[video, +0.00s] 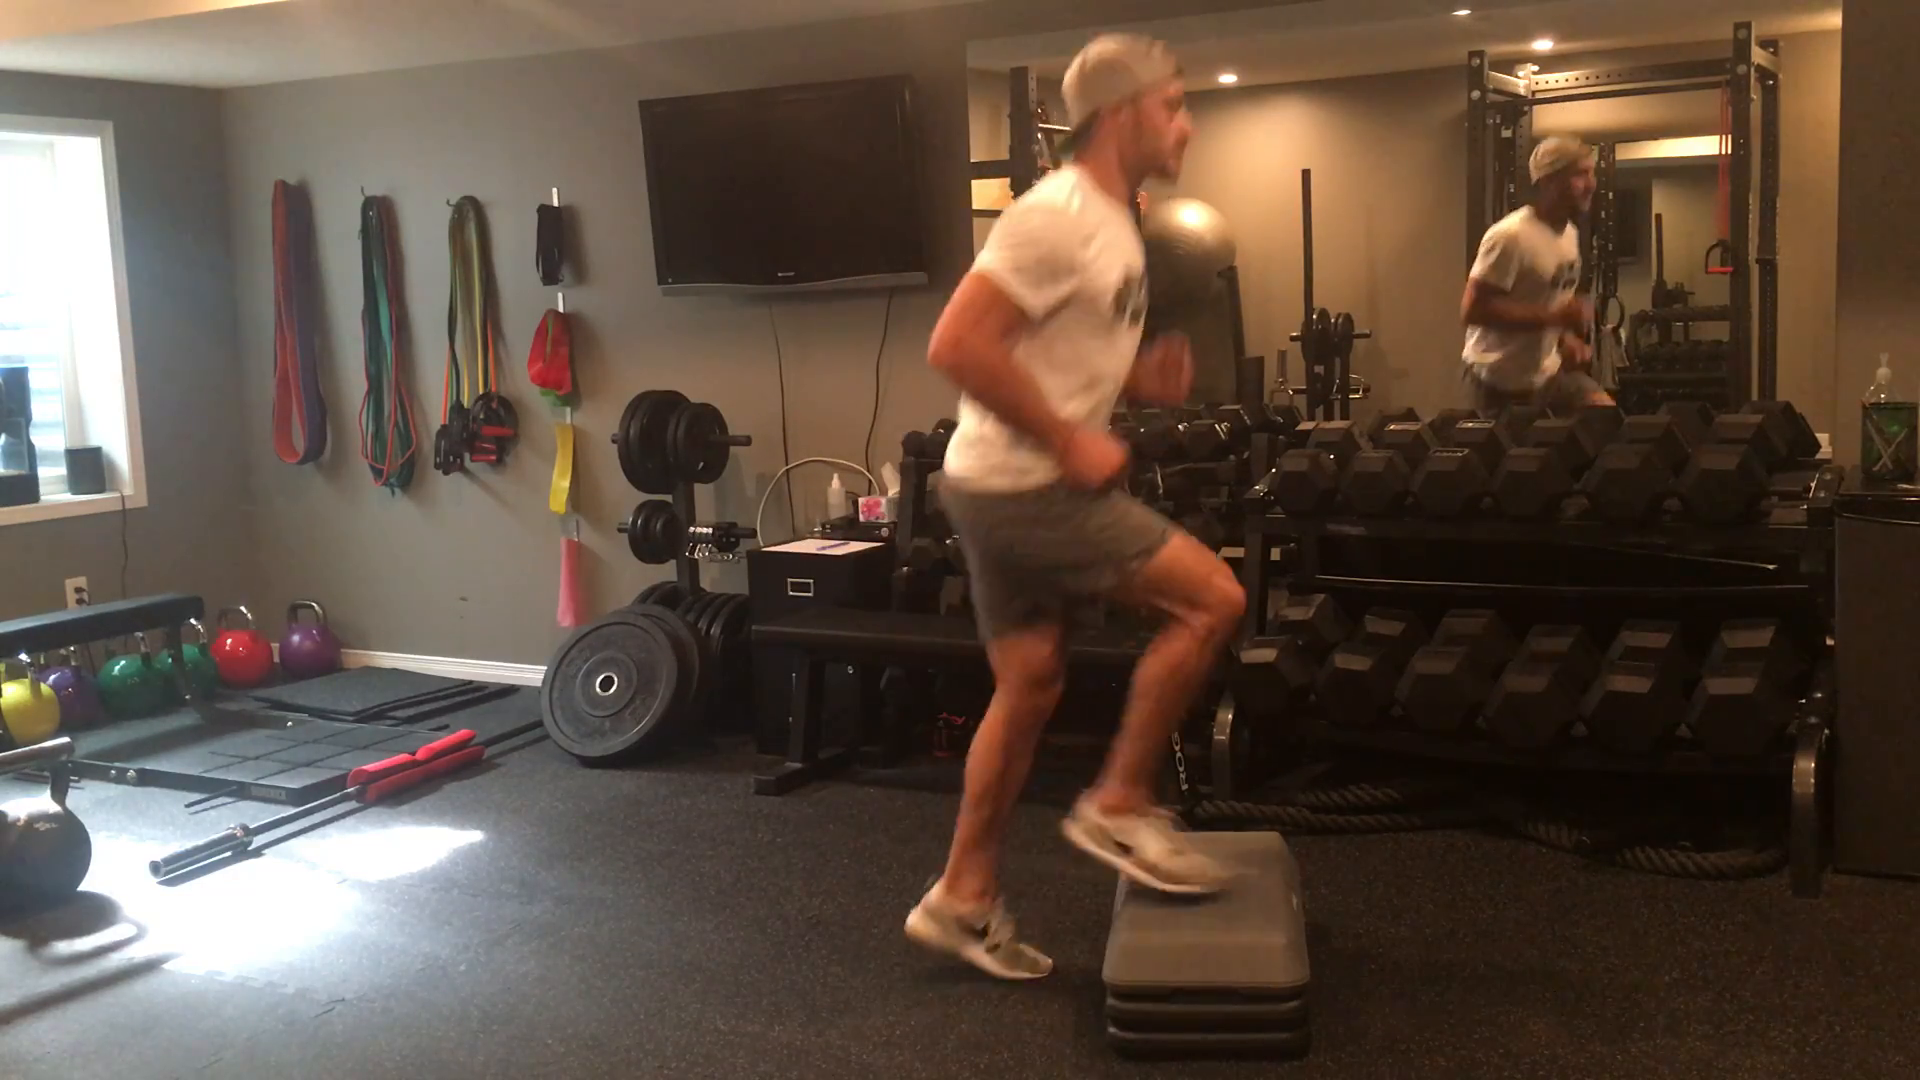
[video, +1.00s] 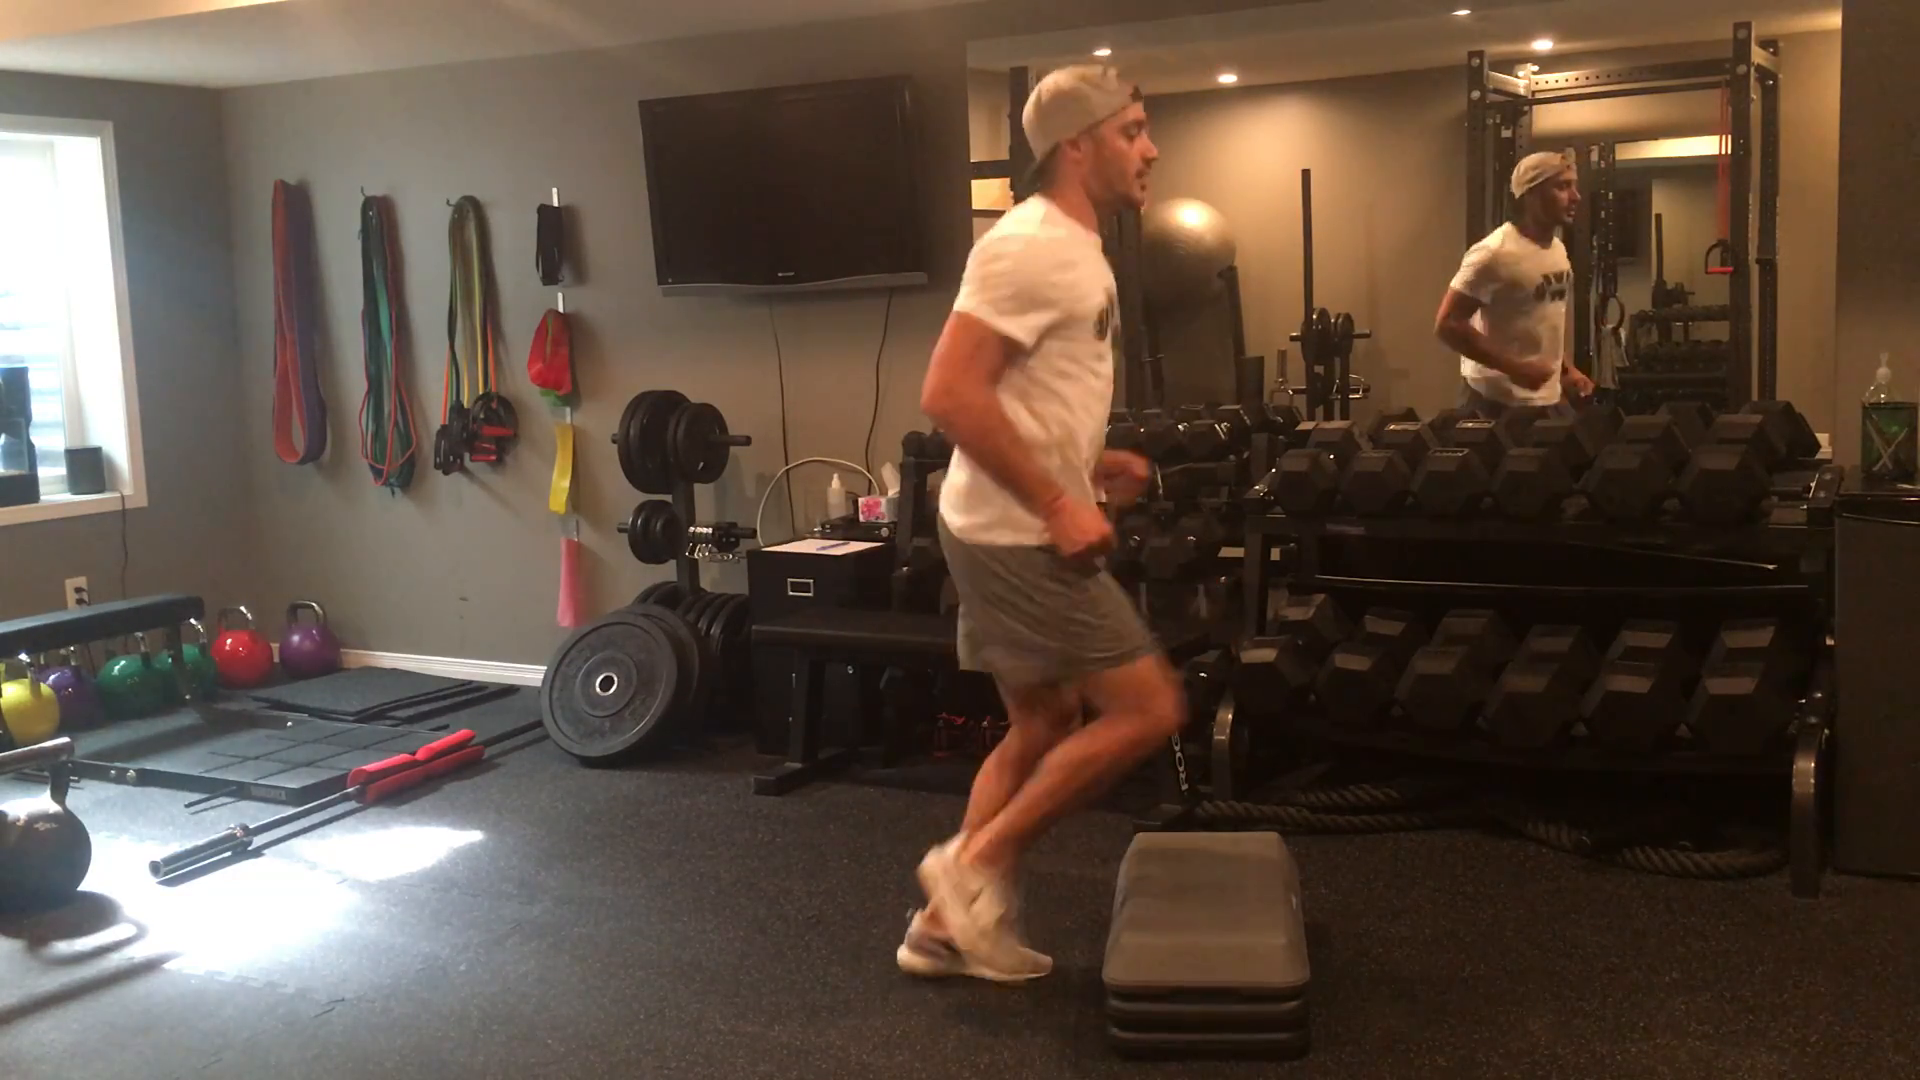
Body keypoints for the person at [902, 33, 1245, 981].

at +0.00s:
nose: (1186, 123)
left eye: (1183, 106)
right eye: (1172, 107)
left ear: (1123, 119)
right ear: (1120, 118)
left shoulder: (1111, 222)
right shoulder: (1055, 213)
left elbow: (1044, 347)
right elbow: (958, 340)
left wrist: (1132, 372)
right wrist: (1068, 437)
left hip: (1008, 483)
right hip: (1015, 484)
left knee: (1028, 680)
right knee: (1212, 599)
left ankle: (961, 897)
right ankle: (1118, 805)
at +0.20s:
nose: (1212, 76)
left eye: (1209, 59)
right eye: (1197, 59)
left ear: (1144, 73)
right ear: (1142, 71)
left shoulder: (1126, 172)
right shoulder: (1095, 169)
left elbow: (1064, 320)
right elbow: (1029, 325)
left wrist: (1144, 393)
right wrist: (1154, 383)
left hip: (1084, 446)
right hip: (1068, 452)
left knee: (1156, 626)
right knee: (1202, 627)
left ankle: (1017, 770)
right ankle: (1139, 845)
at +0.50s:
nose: (1210, 62)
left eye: (1206, 43)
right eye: (1194, 41)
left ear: (1145, 53)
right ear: (1138, 52)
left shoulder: (1131, 162)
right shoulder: (1079, 148)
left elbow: (1071, 304)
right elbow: (991, 286)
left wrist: (1151, 344)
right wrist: (1127, 353)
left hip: (1080, 426)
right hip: (1041, 429)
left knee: (1148, 620)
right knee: (1178, 612)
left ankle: (1118, 828)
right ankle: (1029, 795)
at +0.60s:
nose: (1197, 67)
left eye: (1193, 49)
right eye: (1182, 47)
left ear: (1133, 58)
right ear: (1129, 58)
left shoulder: (1117, 167)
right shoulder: (1068, 153)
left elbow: (1054, 315)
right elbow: (986, 293)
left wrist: (1134, 357)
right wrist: (1108, 371)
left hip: (1075, 438)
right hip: (1018, 440)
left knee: (1165, 596)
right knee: (1100, 647)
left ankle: (1123, 812)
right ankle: (974, 852)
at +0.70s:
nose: (1177, 109)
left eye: (1174, 92)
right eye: (1163, 92)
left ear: (1116, 103)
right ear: (1113, 102)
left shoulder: (1095, 198)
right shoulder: (1059, 193)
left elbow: (1031, 338)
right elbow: (983, 336)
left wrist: (1111, 379)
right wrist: (1098, 404)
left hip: (1060, 468)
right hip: (1002, 478)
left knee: (1185, 579)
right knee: (1015, 709)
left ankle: (1097, 774)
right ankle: (931, 923)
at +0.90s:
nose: (1150, 147)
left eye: (1147, 129)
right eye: (1135, 130)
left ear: (1085, 144)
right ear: (1080, 143)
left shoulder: (1071, 242)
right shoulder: (1029, 243)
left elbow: (1020, 394)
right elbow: (968, 396)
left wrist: (1086, 487)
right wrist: (1080, 490)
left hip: (1044, 522)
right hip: (994, 530)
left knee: (1120, 674)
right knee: (1043, 730)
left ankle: (990, 862)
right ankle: (918, 932)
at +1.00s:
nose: (1148, 149)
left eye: (1145, 131)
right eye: (1132, 133)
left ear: (1083, 150)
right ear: (1078, 147)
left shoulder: (1070, 248)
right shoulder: (1031, 244)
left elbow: (1004, 399)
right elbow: (951, 393)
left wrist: (1090, 459)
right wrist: (1056, 503)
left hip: (1014, 524)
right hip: (1011, 526)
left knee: (1042, 726)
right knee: (1147, 706)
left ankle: (945, 921)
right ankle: (974, 862)